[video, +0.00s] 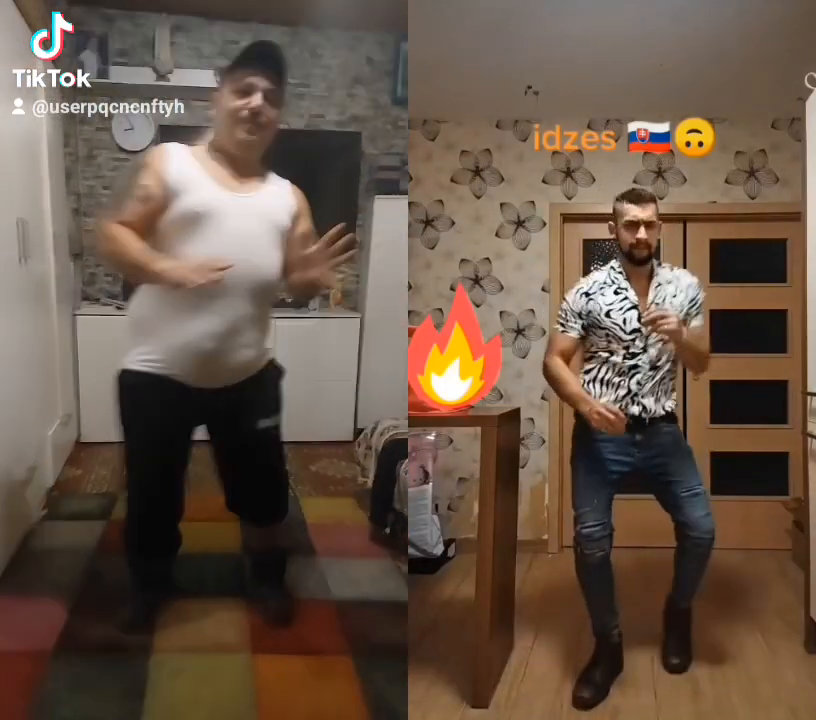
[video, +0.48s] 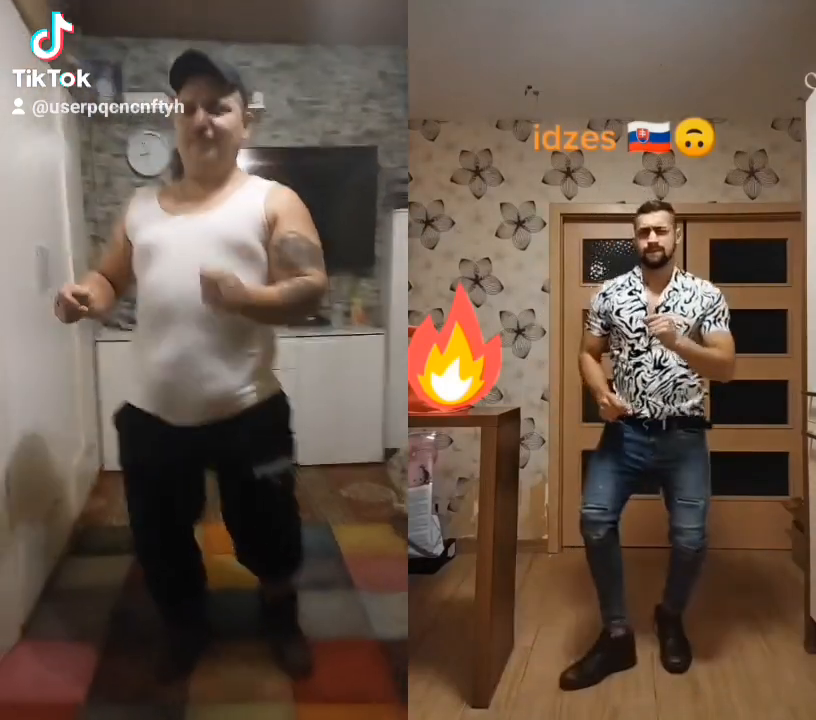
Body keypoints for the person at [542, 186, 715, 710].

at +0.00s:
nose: (641, 234)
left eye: (649, 225)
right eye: (631, 226)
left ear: (660, 229)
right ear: (614, 230)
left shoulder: (682, 285)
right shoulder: (588, 292)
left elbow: (701, 363)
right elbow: (555, 361)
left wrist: (680, 336)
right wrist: (584, 403)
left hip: (661, 434)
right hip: (599, 436)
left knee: (701, 531)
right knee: (590, 543)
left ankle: (679, 614)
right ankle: (607, 648)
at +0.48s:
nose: (652, 240)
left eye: (661, 232)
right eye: (645, 233)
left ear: (677, 237)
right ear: (635, 240)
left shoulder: (705, 295)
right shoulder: (610, 296)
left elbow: (725, 366)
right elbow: (589, 355)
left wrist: (677, 343)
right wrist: (602, 392)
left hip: (684, 434)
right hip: (624, 431)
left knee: (690, 539)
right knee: (595, 522)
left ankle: (671, 618)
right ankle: (616, 637)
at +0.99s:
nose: (639, 239)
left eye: (647, 231)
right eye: (633, 232)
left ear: (665, 236)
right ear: (625, 238)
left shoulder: (691, 285)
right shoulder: (613, 294)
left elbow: (725, 348)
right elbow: (598, 357)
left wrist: (681, 390)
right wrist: (589, 363)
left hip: (677, 422)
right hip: (626, 416)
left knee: (673, 525)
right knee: (585, 494)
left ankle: (671, 618)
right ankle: (612, 586)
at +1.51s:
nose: (610, 251)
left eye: (617, 244)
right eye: (603, 245)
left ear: (634, 249)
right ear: (595, 251)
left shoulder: (661, 294)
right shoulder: (585, 309)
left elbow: (692, 351)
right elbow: (576, 361)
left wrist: (652, 379)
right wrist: (575, 372)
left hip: (648, 425)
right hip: (597, 424)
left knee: (654, 519)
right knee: (582, 516)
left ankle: (661, 615)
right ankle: (613, 594)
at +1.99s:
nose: (616, 255)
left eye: (624, 248)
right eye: (609, 248)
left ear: (634, 252)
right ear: (596, 252)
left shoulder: (658, 296)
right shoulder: (577, 306)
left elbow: (684, 344)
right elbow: (556, 366)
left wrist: (665, 368)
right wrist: (577, 377)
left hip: (648, 421)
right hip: (598, 423)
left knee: (681, 499)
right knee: (590, 510)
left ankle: (664, 598)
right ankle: (613, 595)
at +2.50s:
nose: (640, 257)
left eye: (646, 249)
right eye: (632, 250)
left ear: (656, 252)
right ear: (621, 254)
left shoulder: (682, 289)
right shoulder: (606, 304)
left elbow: (705, 347)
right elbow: (581, 358)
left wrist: (676, 335)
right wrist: (593, 382)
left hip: (666, 416)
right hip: (617, 415)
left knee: (688, 502)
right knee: (606, 501)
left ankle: (680, 578)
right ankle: (614, 592)